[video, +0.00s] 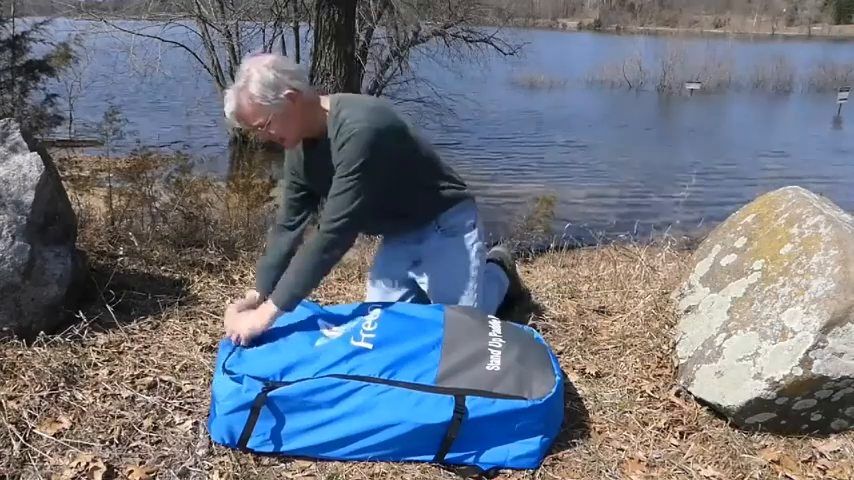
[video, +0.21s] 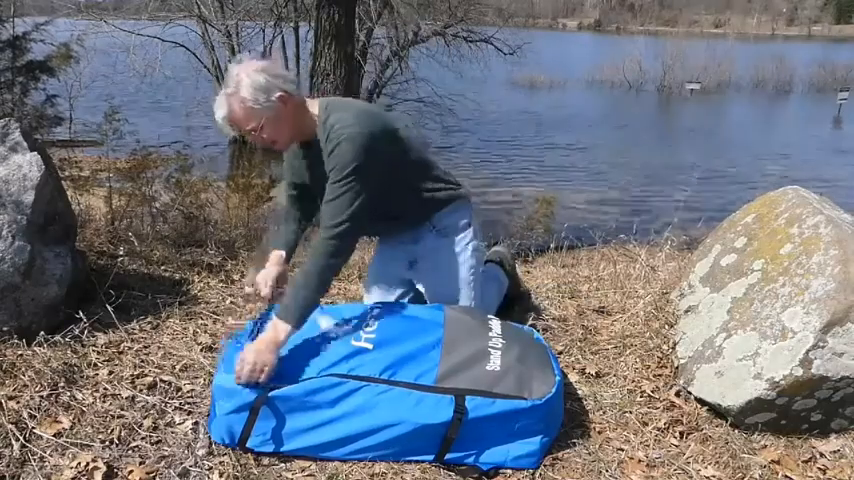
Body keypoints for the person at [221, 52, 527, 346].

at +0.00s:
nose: (264, 137)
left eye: (264, 125)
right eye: (256, 131)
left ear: (292, 99)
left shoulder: (360, 129)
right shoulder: (303, 143)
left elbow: (334, 231)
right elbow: (290, 221)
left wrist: (271, 311)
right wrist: (259, 295)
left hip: (448, 222)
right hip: (398, 230)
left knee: (457, 333)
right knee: (381, 327)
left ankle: (498, 271)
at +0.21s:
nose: (258, 142)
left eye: (258, 129)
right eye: (250, 136)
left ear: (283, 102)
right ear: (282, 104)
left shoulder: (350, 133)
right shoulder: (299, 140)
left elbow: (334, 240)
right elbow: (296, 204)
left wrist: (274, 337)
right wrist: (276, 261)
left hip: (444, 223)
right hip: (392, 234)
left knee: (457, 333)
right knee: (380, 330)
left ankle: (498, 275)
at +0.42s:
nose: (282, 142)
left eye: (283, 127)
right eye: (272, 136)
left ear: (307, 98)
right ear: (268, 131)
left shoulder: (372, 130)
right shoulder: (298, 150)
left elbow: (356, 237)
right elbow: (282, 228)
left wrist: (291, 313)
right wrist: (251, 303)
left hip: (446, 224)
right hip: (391, 232)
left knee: (461, 337)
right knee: (382, 339)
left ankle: (492, 277)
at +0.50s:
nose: (309, 134)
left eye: (313, 122)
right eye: (301, 125)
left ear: (338, 104)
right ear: (297, 120)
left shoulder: (394, 128)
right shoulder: (306, 146)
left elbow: (376, 231)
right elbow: (283, 223)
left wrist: (323, 318)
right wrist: (251, 296)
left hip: (448, 230)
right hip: (390, 236)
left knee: (462, 333)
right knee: (369, 336)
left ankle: (491, 280)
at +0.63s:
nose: (381, 142)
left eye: (387, 128)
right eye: (368, 135)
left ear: (393, 105)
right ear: (345, 123)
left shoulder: (437, 136)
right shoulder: (330, 148)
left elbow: (478, 227)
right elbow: (293, 221)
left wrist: (498, 332)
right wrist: (252, 296)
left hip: (453, 243)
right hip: (399, 246)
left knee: (473, 336)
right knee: (381, 333)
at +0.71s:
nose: (403, 145)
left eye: (410, 131)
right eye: (390, 137)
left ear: (418, 107)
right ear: (364, 121)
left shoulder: (456, 142)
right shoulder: (344, 141)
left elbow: (501, 236)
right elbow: (300, 213)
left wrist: (538, 332)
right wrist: (260, 285)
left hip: (461, 246)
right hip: (400, 246)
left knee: (465, 349)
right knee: (382, 340)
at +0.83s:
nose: (363, 134)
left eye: (372, 126)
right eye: (358, 124)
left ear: (406, 107)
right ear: (355, 106)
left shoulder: (468, 135)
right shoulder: (350, 132)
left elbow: (502, 222)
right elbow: (310, 197)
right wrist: (262, 264)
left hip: (462, 240)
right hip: (399, 242)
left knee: (469, 331)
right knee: (375, 334)